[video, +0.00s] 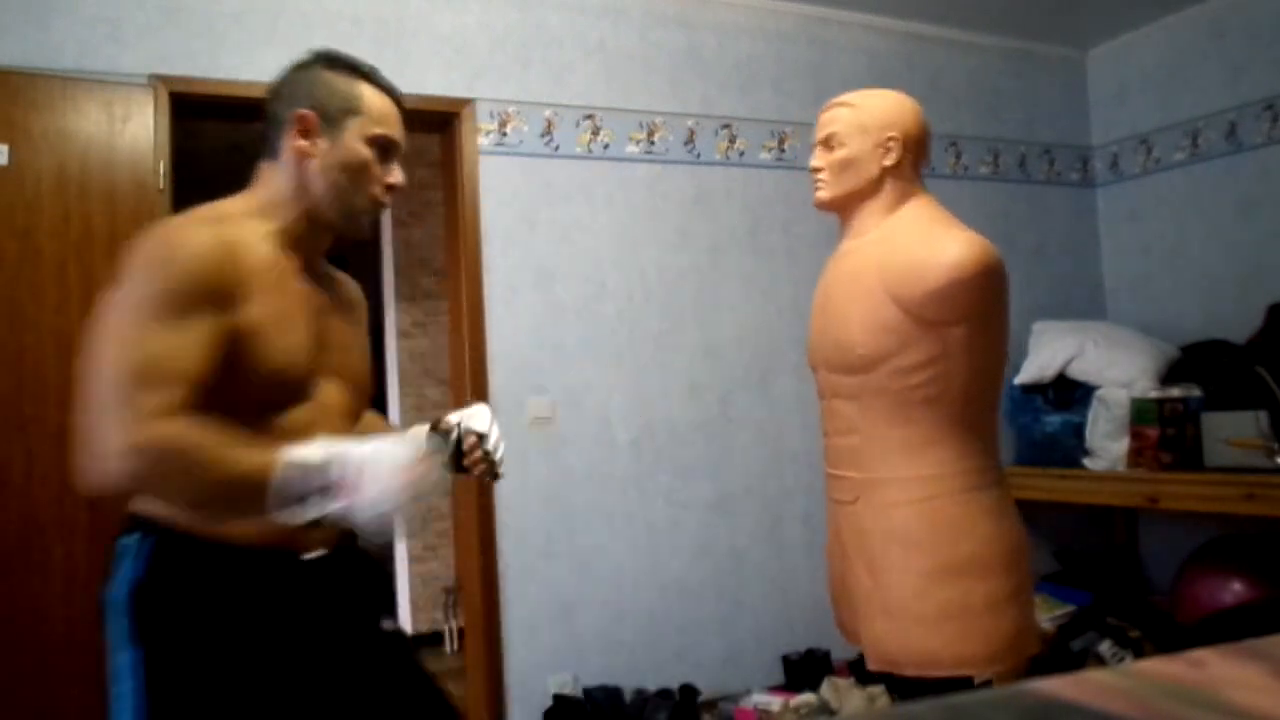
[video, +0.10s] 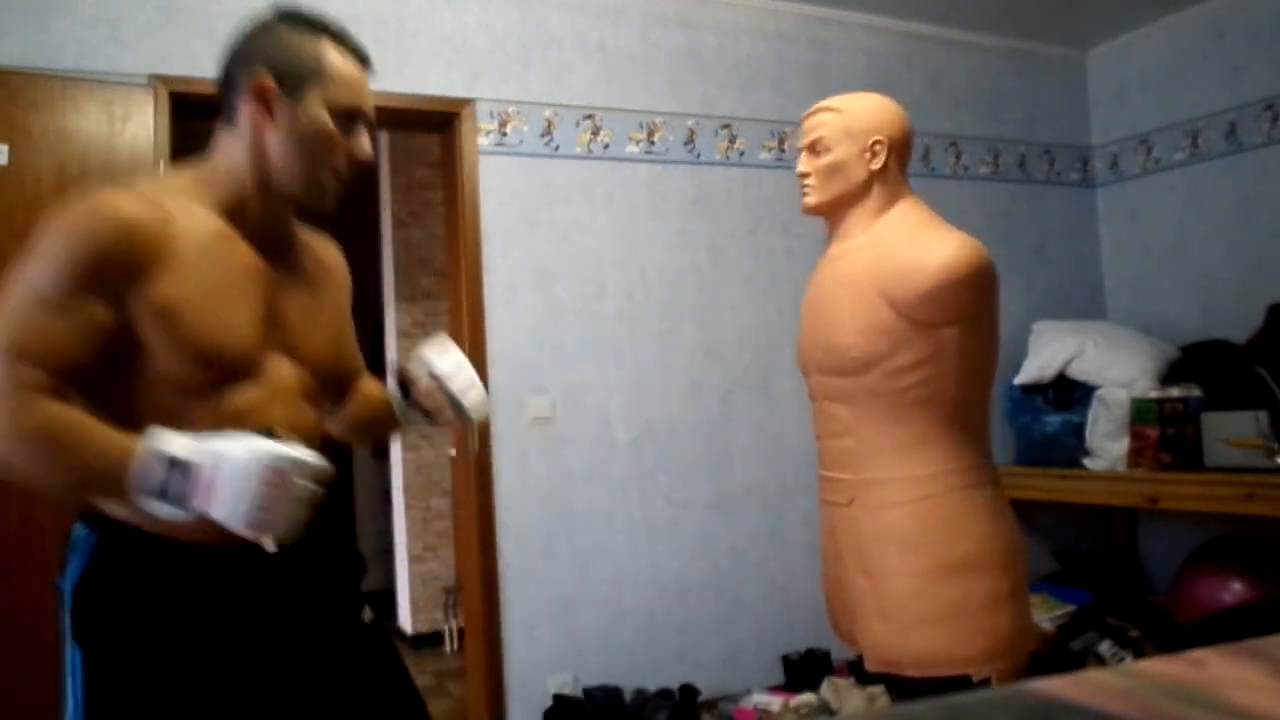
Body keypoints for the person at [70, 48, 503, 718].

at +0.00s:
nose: (396, 179)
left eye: (398, 159)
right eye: (380, 149)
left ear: (310, 142)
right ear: (304, 138)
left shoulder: (345, 295)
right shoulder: (188, 251)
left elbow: (343, 425)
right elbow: (121, 448)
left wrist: (429, 454)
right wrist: (330, 477)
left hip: (319, 590)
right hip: (195, 591)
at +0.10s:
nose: (365, 152)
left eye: (367, 128)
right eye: (347, 122)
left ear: (267, 106)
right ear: (263, 103)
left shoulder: (326, 262)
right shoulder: (117, 228)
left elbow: (340, 405)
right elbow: (10, 404)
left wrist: (407, 405)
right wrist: (181, 476)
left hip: (304, 589)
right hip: (158, 596)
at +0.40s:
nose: (309, 122)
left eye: (308, 96)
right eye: (287, 90)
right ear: (193, 77)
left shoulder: (307, 256)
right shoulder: (38, 238)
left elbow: (358, 395)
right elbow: (5, 428)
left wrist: (363, 441)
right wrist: (41, 559)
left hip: (274, 627)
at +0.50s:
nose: (294, 146)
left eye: (293, 120)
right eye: (267, 114)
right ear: (172, 106)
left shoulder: (294, 278)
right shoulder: (23, 269)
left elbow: (340, 421)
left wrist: (348, 486)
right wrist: (43, 588)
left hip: (274, 652)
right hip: (94, 668)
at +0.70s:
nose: (258, 53)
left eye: (258, 26)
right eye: (237, 18)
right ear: (143, 12)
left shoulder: (263, 175)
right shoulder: (19, 147)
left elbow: (296, 324)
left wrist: (323, 324)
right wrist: (27, 396)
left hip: (243, 522)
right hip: (76, 530)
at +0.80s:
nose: (243, 94)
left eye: (239, 67)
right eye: (215, 60)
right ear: (116, 50)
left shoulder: (253, 213)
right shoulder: (14, 197)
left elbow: (328, 376)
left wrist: (330, 373)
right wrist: (22, 434)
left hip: (240, 568)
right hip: (68, 574)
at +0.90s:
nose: (238, 105)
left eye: (236, 78)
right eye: (210, 71)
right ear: (114, 61)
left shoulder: (249, 225)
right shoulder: (13, 215)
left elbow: (330, 406)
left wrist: (330, 379)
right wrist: (9, 514)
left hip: (236, 589)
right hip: (64, 602)